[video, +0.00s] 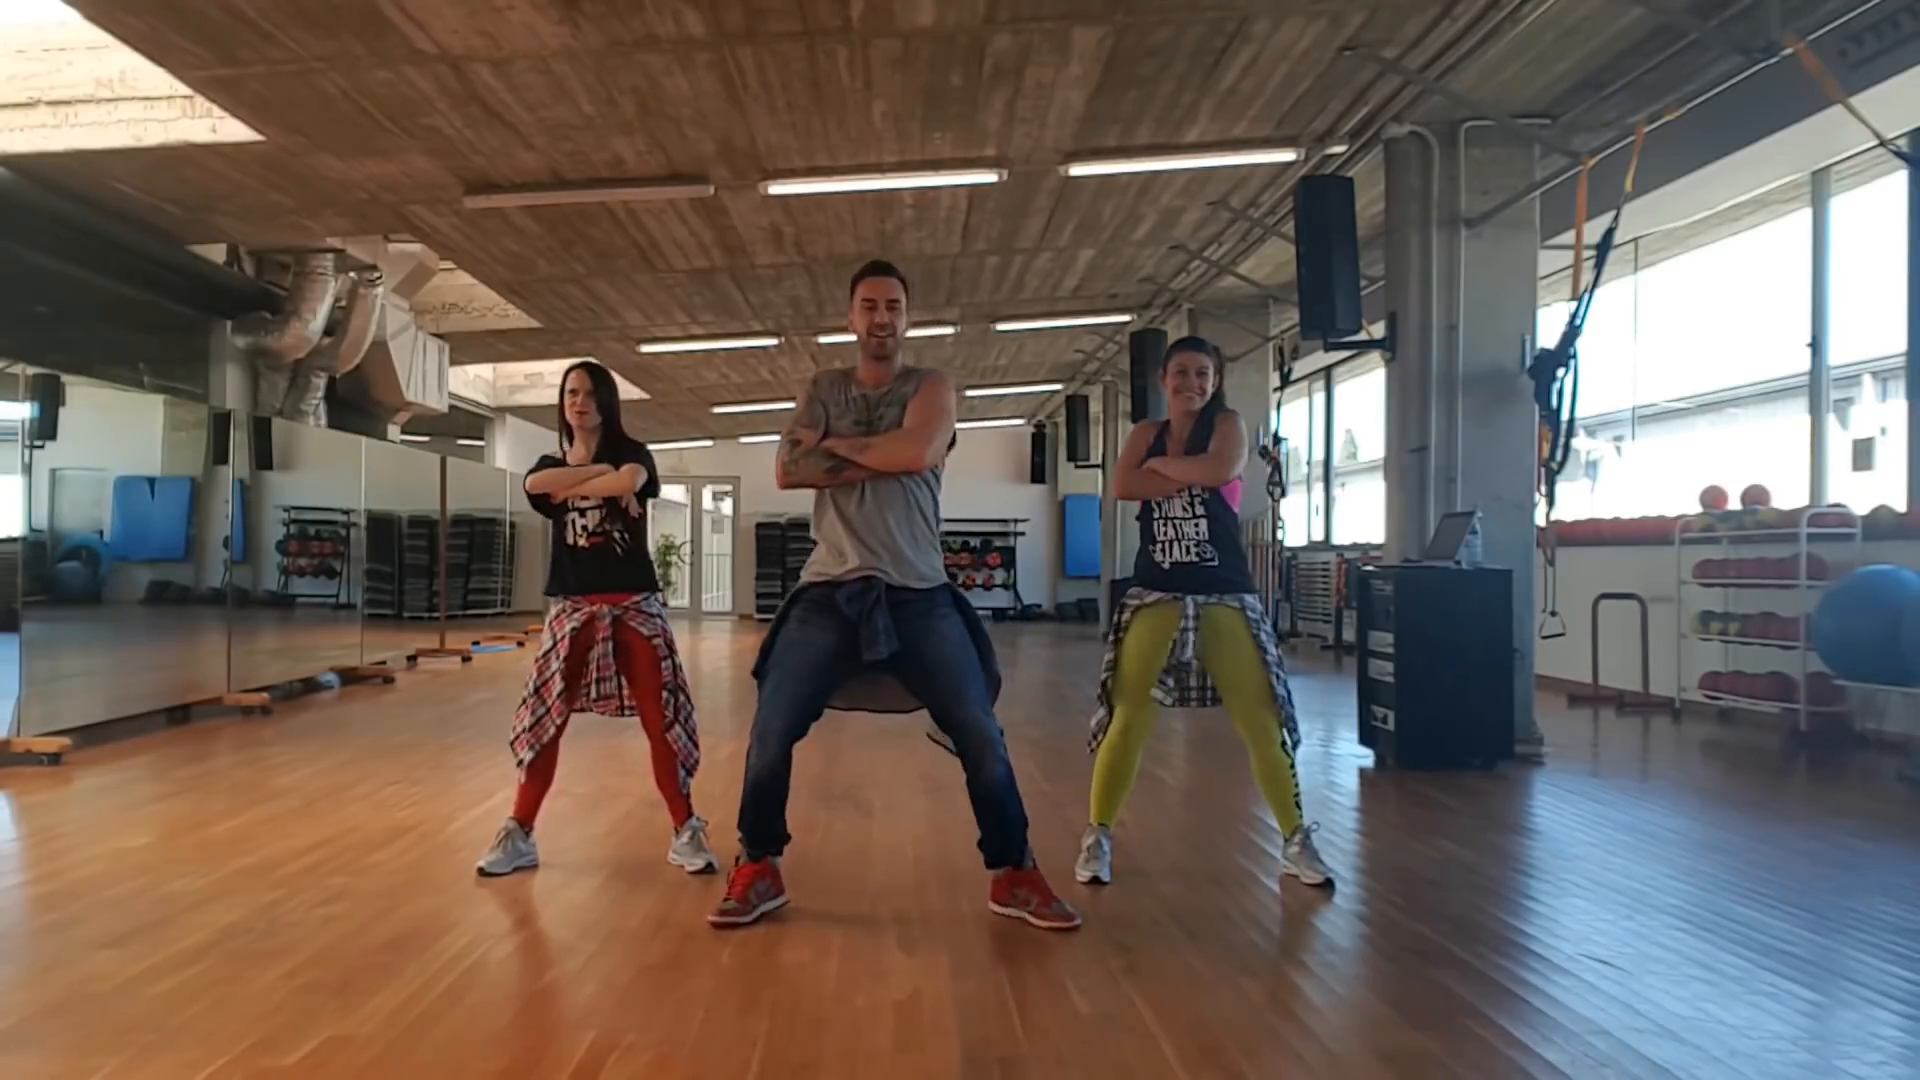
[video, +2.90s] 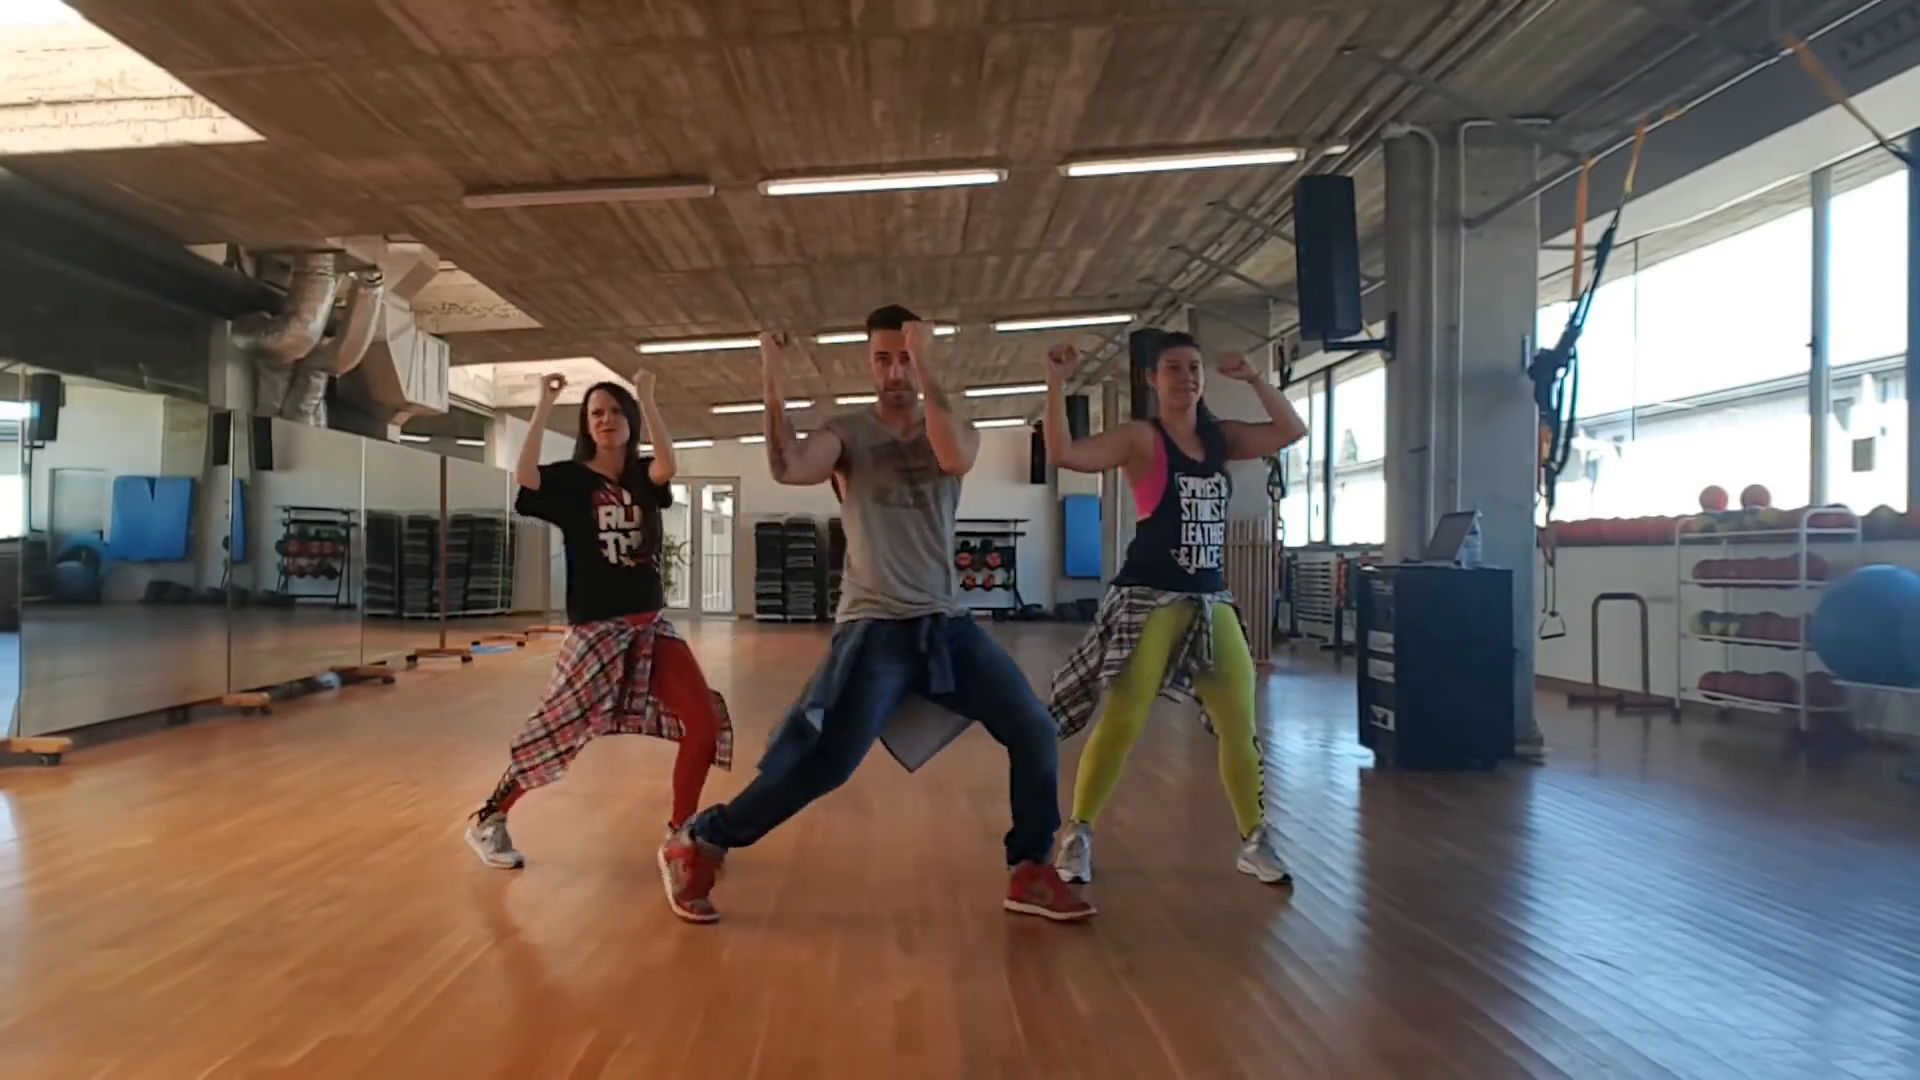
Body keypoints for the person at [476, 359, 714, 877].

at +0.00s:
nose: (578, 402)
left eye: (587, 394)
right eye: (571, 394)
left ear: (607, 402)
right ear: (561, 403)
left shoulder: (633, 453)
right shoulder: (551, 461)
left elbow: (628, 483)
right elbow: (535, 486)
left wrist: (567, 487)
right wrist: (603, 472)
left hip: (634, 601)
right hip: (572, 603)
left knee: (659, 719)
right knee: (547, 716)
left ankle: (687, 830)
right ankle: (520, 834)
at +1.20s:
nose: (609, 391)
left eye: (618, 383)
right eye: (600, 386)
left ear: (637, 396)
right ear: (590, 400)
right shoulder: (569, 458)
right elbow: (515, 494)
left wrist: (618, 545)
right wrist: (567, 499)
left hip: (641, 606)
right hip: (578, 607)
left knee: (670, 724)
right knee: (540, 716)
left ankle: (686, 833)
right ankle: (518, 834)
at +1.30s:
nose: (620, 389)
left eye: (628, 381)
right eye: (611, 384)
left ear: (648, 390)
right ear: (601, 397)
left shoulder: (665, 449)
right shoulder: (577, 450)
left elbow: (695, 464)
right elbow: (513, 452)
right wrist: (501, 452)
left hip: (659, 600)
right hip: (596, 601)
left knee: (676, 722)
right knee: (559, 714)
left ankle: (687, 832)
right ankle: (527, 831)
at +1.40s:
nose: (630, 392)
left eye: (638, 383)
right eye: (620, 387)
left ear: (656, 391)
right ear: (611, 400)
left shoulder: (677, 451)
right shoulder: (591, 454)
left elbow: (715, 438)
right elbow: (525, 450)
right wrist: (492, 398)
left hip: (673, 600)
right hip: (613, 598)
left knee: (686, 719)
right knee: (588, 709)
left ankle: (687, 831)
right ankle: (584, 812)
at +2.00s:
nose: (592, 423)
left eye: (600, 415)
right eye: (584, 417)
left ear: (620, 423)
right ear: (574, 428)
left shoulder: (631, 481)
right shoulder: (563, 480)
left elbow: (654, 491)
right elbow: (521, 491)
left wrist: (653, 417)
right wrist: (529, 425)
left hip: (626, 628)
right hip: (569, 629)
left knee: (656, 729)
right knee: (516, 720)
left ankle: (696, 831)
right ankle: (527, 832)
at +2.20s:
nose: (565, 404)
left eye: (575, 397)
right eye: (558, 397)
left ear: (594, 409)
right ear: (547, 410)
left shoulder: (603, 463)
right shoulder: (532, 458)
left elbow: (636, 468)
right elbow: (489, 461)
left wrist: (630, 398)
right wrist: (509, 393)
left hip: (591, 606)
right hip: (532, 606)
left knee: (623, 708)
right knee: (503, 725)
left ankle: (661, 818)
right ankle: (525, 829)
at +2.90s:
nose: (607, 420)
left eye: (615, 412)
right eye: (597, 413)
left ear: (631, 422)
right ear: (585, 425)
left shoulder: (645, 479)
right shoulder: (569, 480)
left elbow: (666, 465)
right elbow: (525, 476)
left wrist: (647, 402)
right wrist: (544, 405)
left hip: (651, 626)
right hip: (595, 631)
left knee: (703, 722)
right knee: (559, 732)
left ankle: (681, 837)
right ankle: (490, 817)